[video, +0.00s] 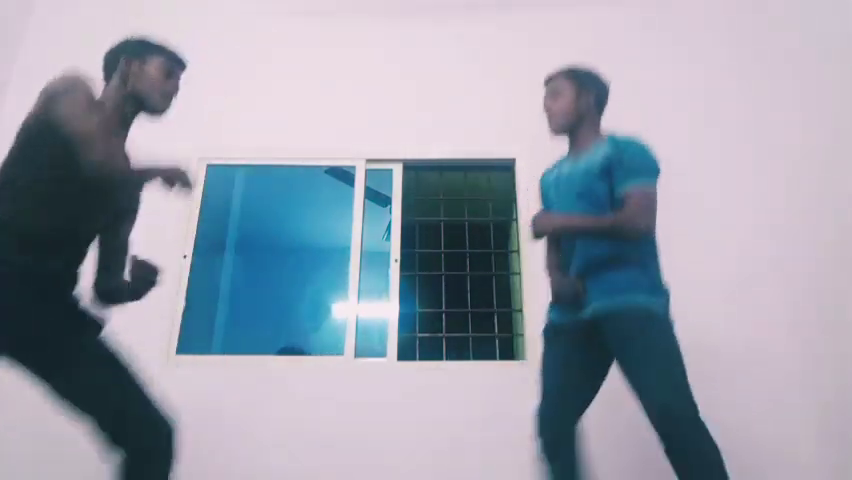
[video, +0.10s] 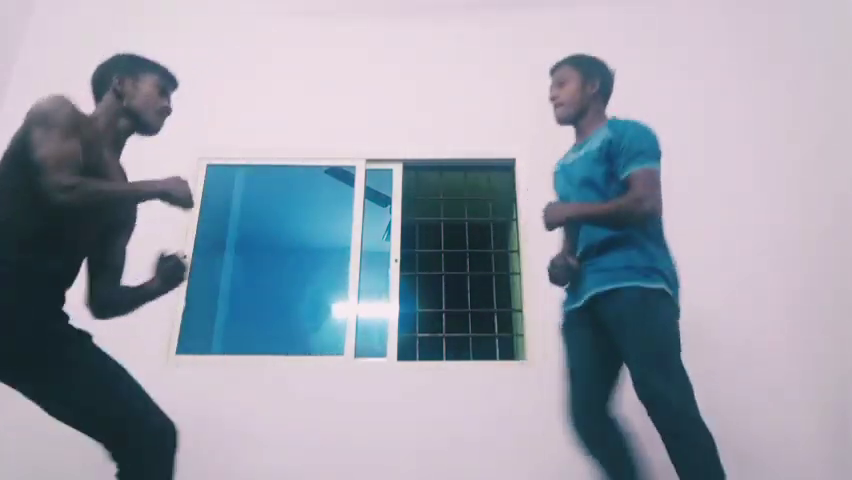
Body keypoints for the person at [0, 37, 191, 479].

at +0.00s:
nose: (176, 85)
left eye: (177, 78)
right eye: (167, 72)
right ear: (128, 68)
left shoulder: (123, 179)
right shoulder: (69, 91)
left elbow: (106, 287)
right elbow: (97, 163)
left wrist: (135, 283)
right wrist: (157, 175)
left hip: (45, 306)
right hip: (9, 292)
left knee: (148, 433)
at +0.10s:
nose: (169, 105)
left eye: (169, 96)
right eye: (160, 90)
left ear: (125, 93)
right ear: (121, 87)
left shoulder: (119, 195)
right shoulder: (55, 112)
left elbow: (102, 301)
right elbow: (61, 189)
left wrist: (155, 286)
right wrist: (155, 189)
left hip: (35, 323)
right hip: (6, 309)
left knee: (150, 436)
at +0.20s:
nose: (166, 86)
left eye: (167, 79)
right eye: (158, 73)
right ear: (118, 70)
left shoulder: (133, 175)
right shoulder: (48, 103)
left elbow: (155, 268)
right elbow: (70, 163)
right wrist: (150, 147)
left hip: (78, 325)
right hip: (14, 316)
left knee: (186, 433)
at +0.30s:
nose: (173, 65)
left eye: (174, 60)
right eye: (165, 53)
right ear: (124, 50)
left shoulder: (157, 150)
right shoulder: (61, 86)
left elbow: (188, 235)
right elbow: (83, 138)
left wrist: (213, 179)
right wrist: (158, 124)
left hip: (121, 301)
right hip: (45, 293)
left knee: (225, 412)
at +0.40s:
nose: (186, 63)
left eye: (186, 58)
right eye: (176, 52)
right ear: (136, 53)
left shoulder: (180, 134)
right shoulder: (80, 101)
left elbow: (217, 230)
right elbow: (83, 162)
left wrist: (229, 179)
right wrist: (173, 132)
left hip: (169, 299)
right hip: (92, 295)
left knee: (255, 429)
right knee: (5, 405)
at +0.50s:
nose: (193, 80)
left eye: (192, 74)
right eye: (183, 68)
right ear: (143, 71)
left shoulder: (197, 155)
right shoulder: (89, 133)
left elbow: (232, 248)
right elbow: (71, 201)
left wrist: (231, 202)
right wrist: (162, 161)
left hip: (199, 323)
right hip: (121, 322)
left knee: (276, 458)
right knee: (33, 447)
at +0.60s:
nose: (208, 98)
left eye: (208, 90)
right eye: (198, 86)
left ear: (172, 99)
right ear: (159, 94)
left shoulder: (223, 170)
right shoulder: (108, 169)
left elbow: (284, 244)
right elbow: (72, 255)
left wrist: (265, 220)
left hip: (221, 342)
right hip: (142, 343)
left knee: (322, 433)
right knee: (49, 450)